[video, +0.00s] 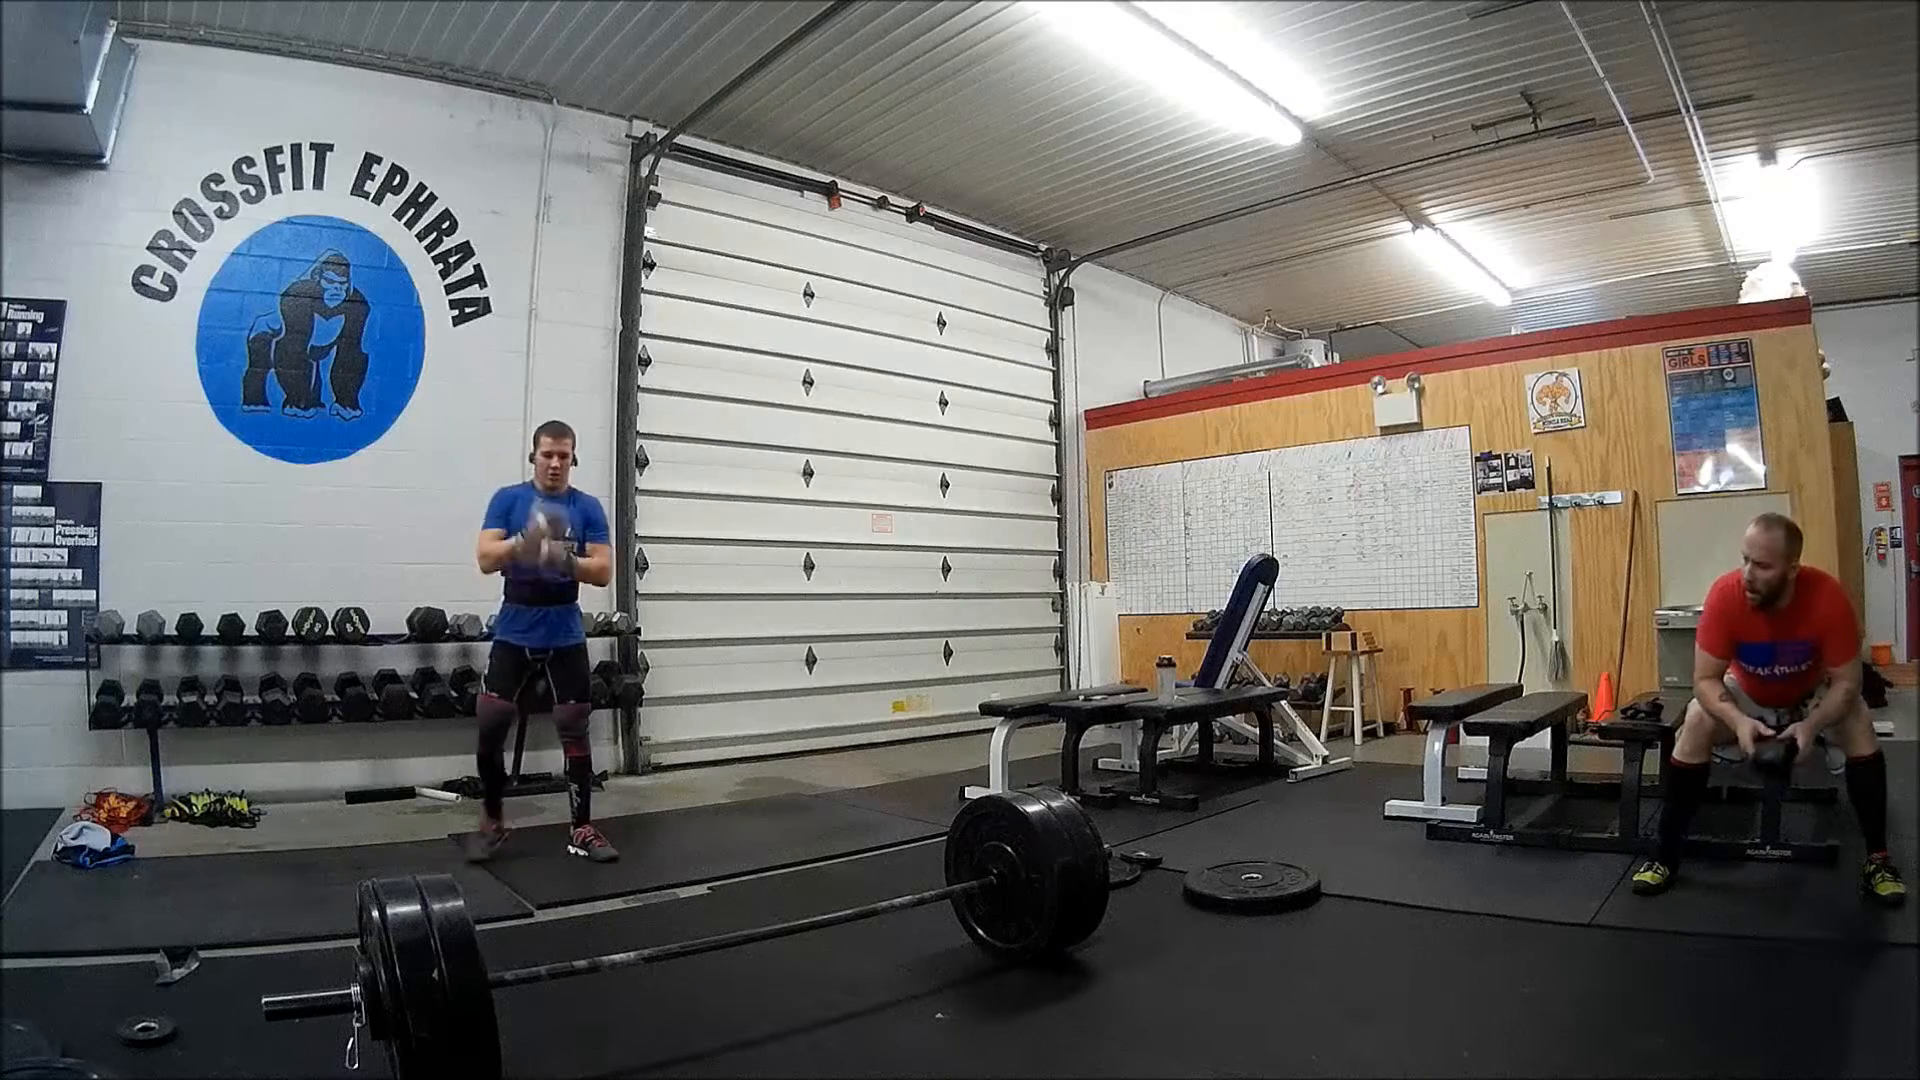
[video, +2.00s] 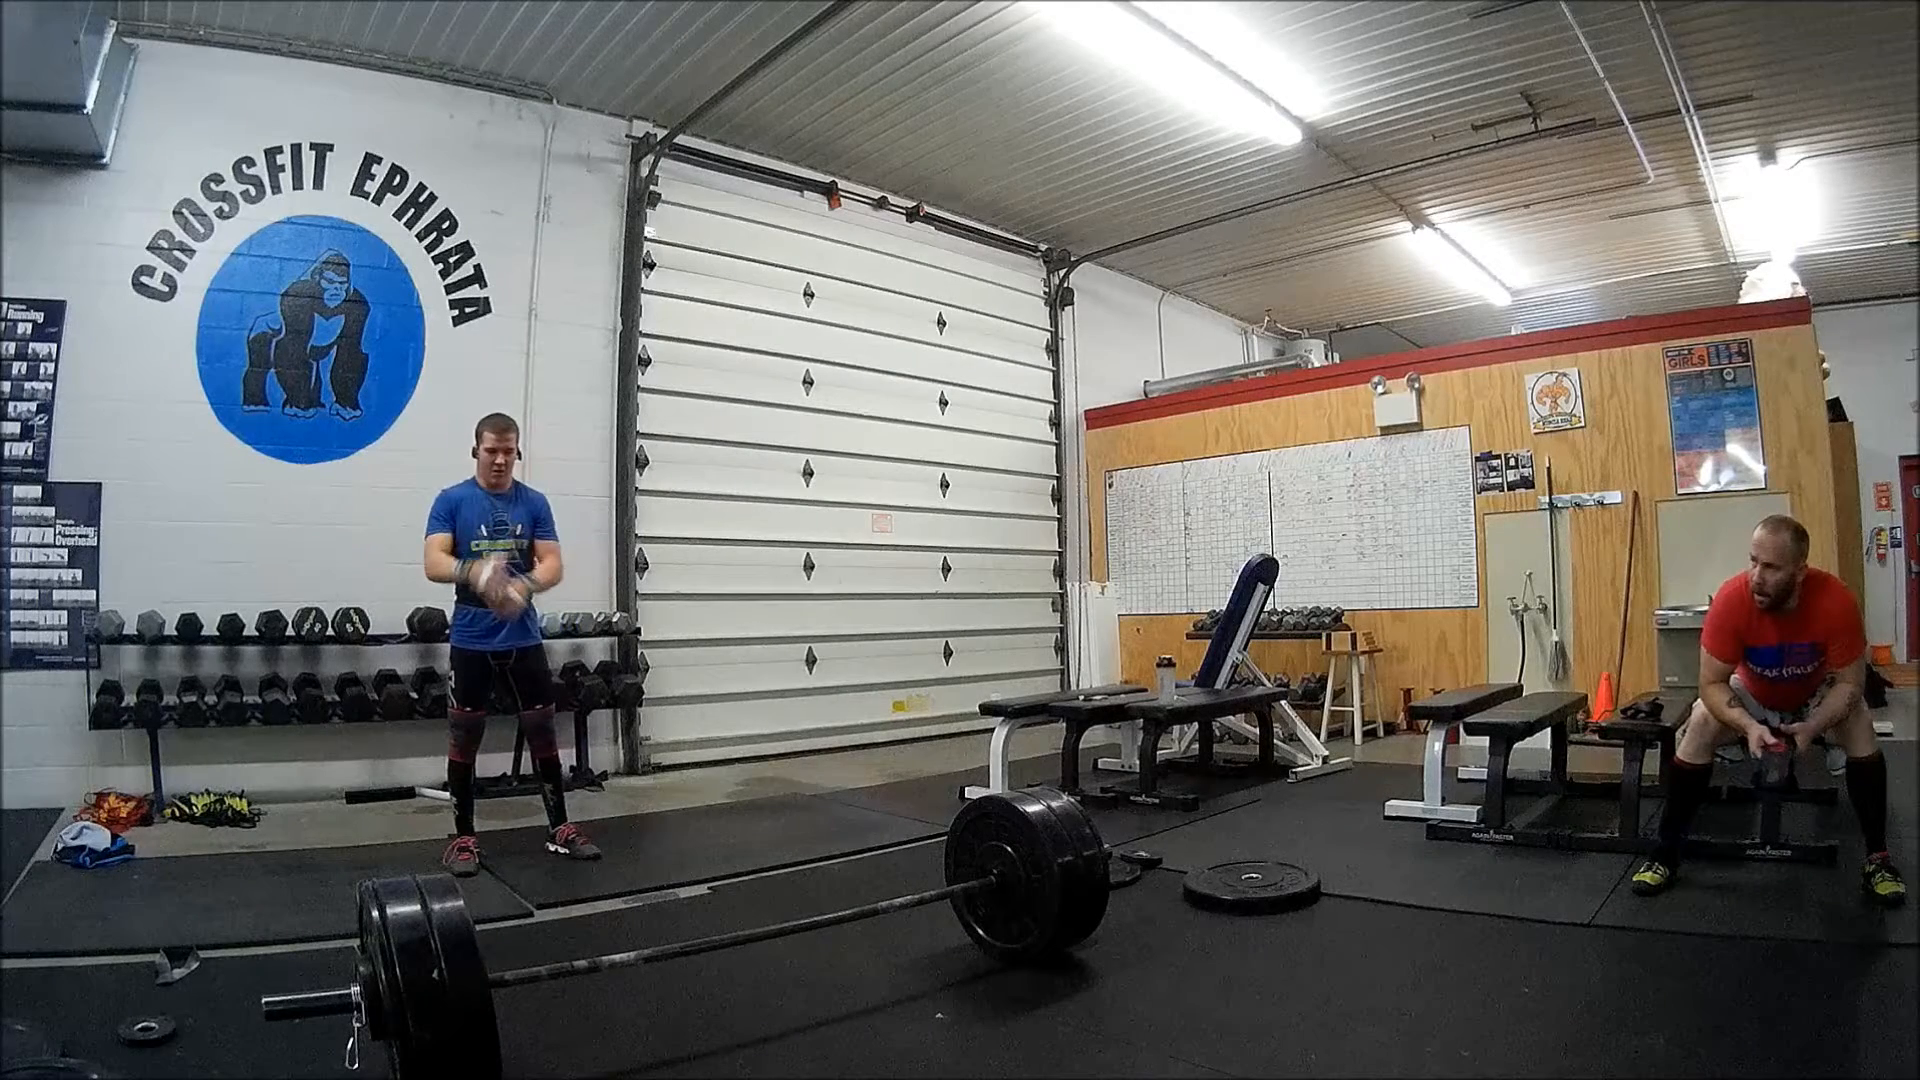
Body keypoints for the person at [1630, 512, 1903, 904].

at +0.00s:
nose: (1748, 575)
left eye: (1762, 566)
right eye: (1746, 562)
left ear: (1793, 566)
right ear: (1742, 556)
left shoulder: (1826, 595)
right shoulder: (1725, 594)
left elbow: (1848, 682)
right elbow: (1705, 679)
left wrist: (1812, 724)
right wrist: (1738, 722)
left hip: (1812, 694)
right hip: (1747, 693)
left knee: (1858, 721)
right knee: (1696, 720)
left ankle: (1877, 860)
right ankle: (1665, 858)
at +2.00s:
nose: (1757, 577)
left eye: (1771, 567)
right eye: (1753, 563)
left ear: (1801, 568)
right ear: (1748, 558)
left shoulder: (1835, 601)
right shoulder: (1730, 599)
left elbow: (1850, 681)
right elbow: (1711, 683)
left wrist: (1812, 727)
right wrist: (1748, 726)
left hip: (1815, 695)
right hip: (1751, 694)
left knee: (1859, 723)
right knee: (1700, 721)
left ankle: (1878, 858)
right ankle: (1665, 856)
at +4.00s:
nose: (1752, 579)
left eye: (1765, 571)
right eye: (1749, 565)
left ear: (1797, 569)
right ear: (1745, 558)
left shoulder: (1833, 596)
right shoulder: (1729, 597)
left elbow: (1848, 683)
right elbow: (1703, 683)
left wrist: (1806, 723)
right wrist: (1742, 718)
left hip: (1813, 696)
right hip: (1749, 694)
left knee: (1853, 721)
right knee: (1696, 720)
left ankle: (1871, 860)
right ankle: (1665, 856)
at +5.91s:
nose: (1755, 584)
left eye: (1768, 575)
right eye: (1751, 571)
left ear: (1798, 569)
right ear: (1745, 562)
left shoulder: (1833, 597)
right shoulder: (1730, 598)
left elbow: (1849, 684)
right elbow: (1703, 683)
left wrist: (1805, 723)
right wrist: (1741, 717)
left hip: (1814, 696)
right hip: (1751, 694)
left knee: (1854, 723)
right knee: (1696, 721)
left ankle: (1871, 859)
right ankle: (1665, 857)